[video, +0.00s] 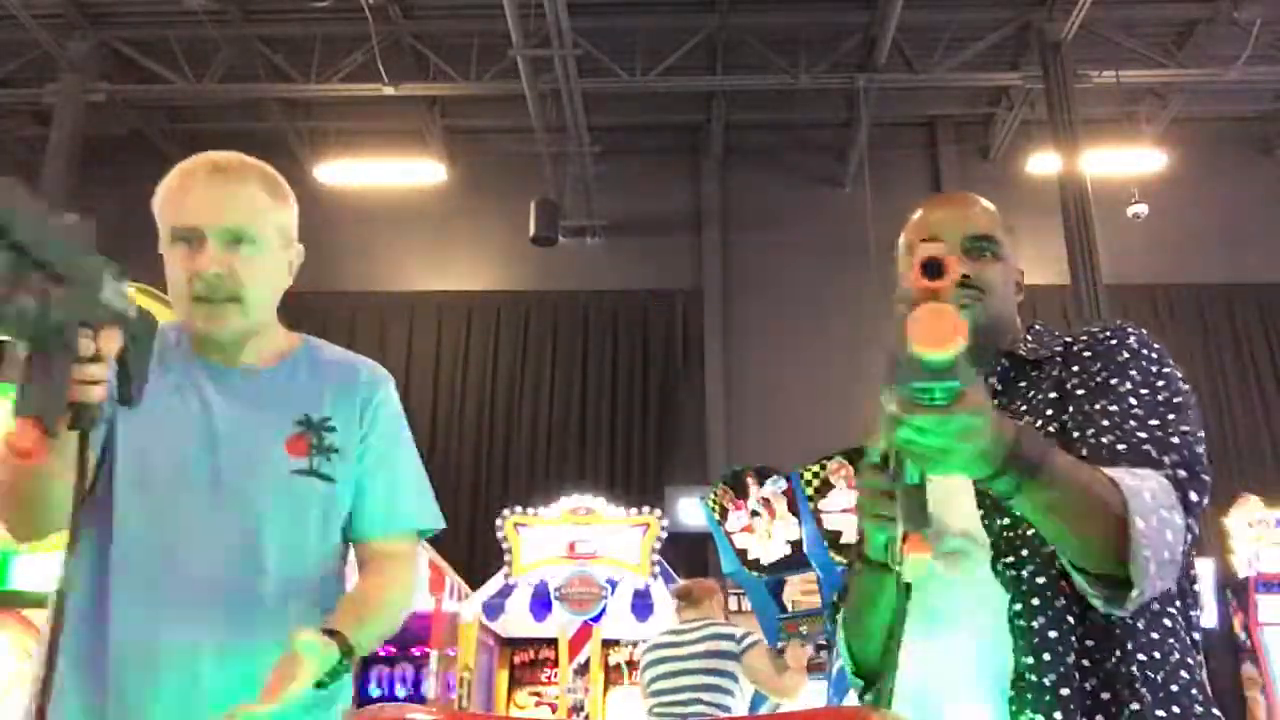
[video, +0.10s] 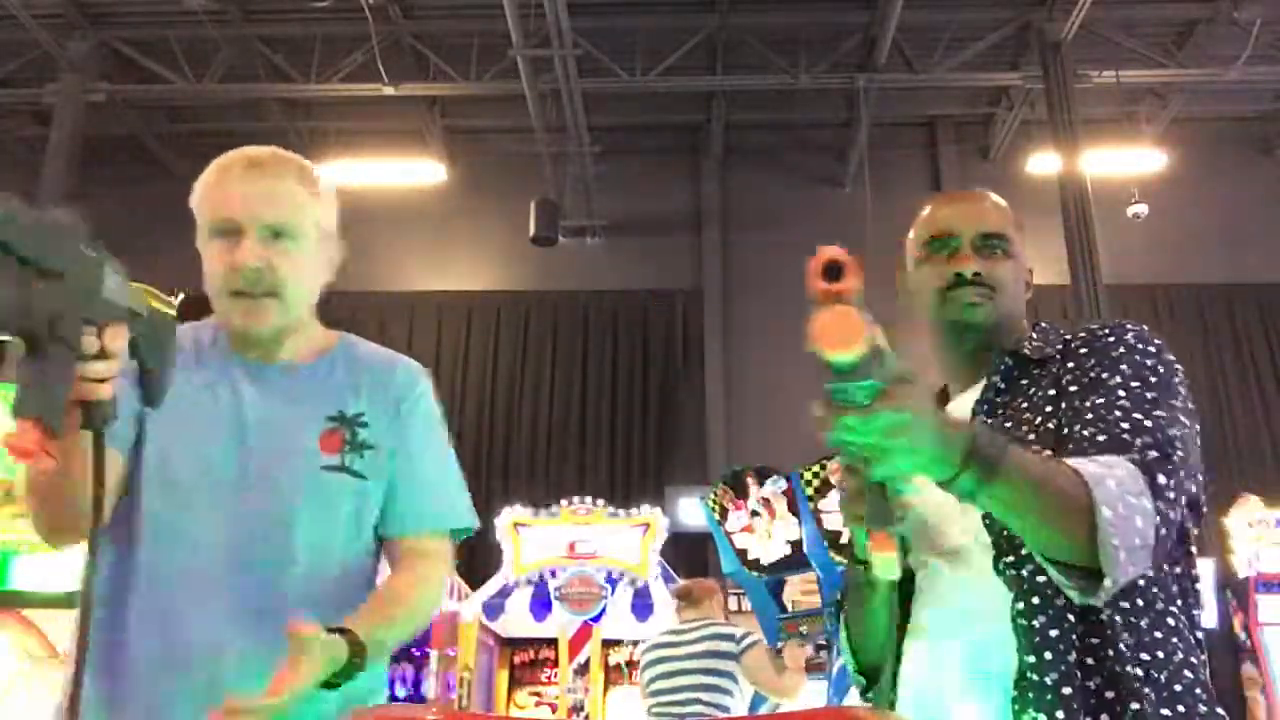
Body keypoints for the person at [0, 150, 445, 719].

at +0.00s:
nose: (210, 266)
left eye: (239, 241)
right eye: (188, 241)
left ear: (291, 262)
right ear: (162, 255)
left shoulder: (357, 393)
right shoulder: (111, 368)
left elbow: (393, 570)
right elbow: (28, 525)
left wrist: (329, 648)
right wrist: (66, 413)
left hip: (275, 711)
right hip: (102, 706)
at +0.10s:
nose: (248, 258)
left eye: (278, 236)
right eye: (226, 234)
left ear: (330, 255)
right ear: (199, 249)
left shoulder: (392, 389)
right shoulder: (144, 366)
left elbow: (424, 570)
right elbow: (62, 526)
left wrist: (345, 648)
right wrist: (78, 415)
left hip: (310, 709)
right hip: (136, 703)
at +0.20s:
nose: (314, 253)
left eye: (342, 229)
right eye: (290, 228)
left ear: (393, 253)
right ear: (262, 247)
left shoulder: (455, 385)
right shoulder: (203, 365)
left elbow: (490, 566)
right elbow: (126, 529)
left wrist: (385, 648)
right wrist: (101, 412)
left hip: (369, 714)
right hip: (192, 704)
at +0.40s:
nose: (323, 297)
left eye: (348, 279)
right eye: (300, 276)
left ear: (385, 306)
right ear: (269, 295)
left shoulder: (432, 420)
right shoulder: (221, 397)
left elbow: (473, 577)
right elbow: (160, 540)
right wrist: (182, 452)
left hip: (373, 705)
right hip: (217, 703)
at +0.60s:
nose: (311, 299)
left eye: (336, 281)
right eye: (289, 277)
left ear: (377, 305)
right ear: (258, 296)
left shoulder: (424, 410)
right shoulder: (198, 399)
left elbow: (441, 567)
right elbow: (161, 570)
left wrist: (300, 483)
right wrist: (182, 503)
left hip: (370, 705)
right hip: (213, 703)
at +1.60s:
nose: (333, 342)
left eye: (355, 326)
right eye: (317, 321)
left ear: (388, 338)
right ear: (275, 322)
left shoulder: (417, 437)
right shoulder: (208, 420)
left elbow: (448, 581)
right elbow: (199, 577)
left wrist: (343, 521)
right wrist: (258, 504)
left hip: (359, 710)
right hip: (210, 709)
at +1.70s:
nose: (336, 330)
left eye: (362, 315)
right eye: (317, 308)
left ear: (391, 338)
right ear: (278, 323)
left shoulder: (418, 439)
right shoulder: (215, 420)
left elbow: (452, 585)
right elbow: (212, 578)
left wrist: (372, 531)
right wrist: (289, 526)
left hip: (365, 710)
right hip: (219, 709)